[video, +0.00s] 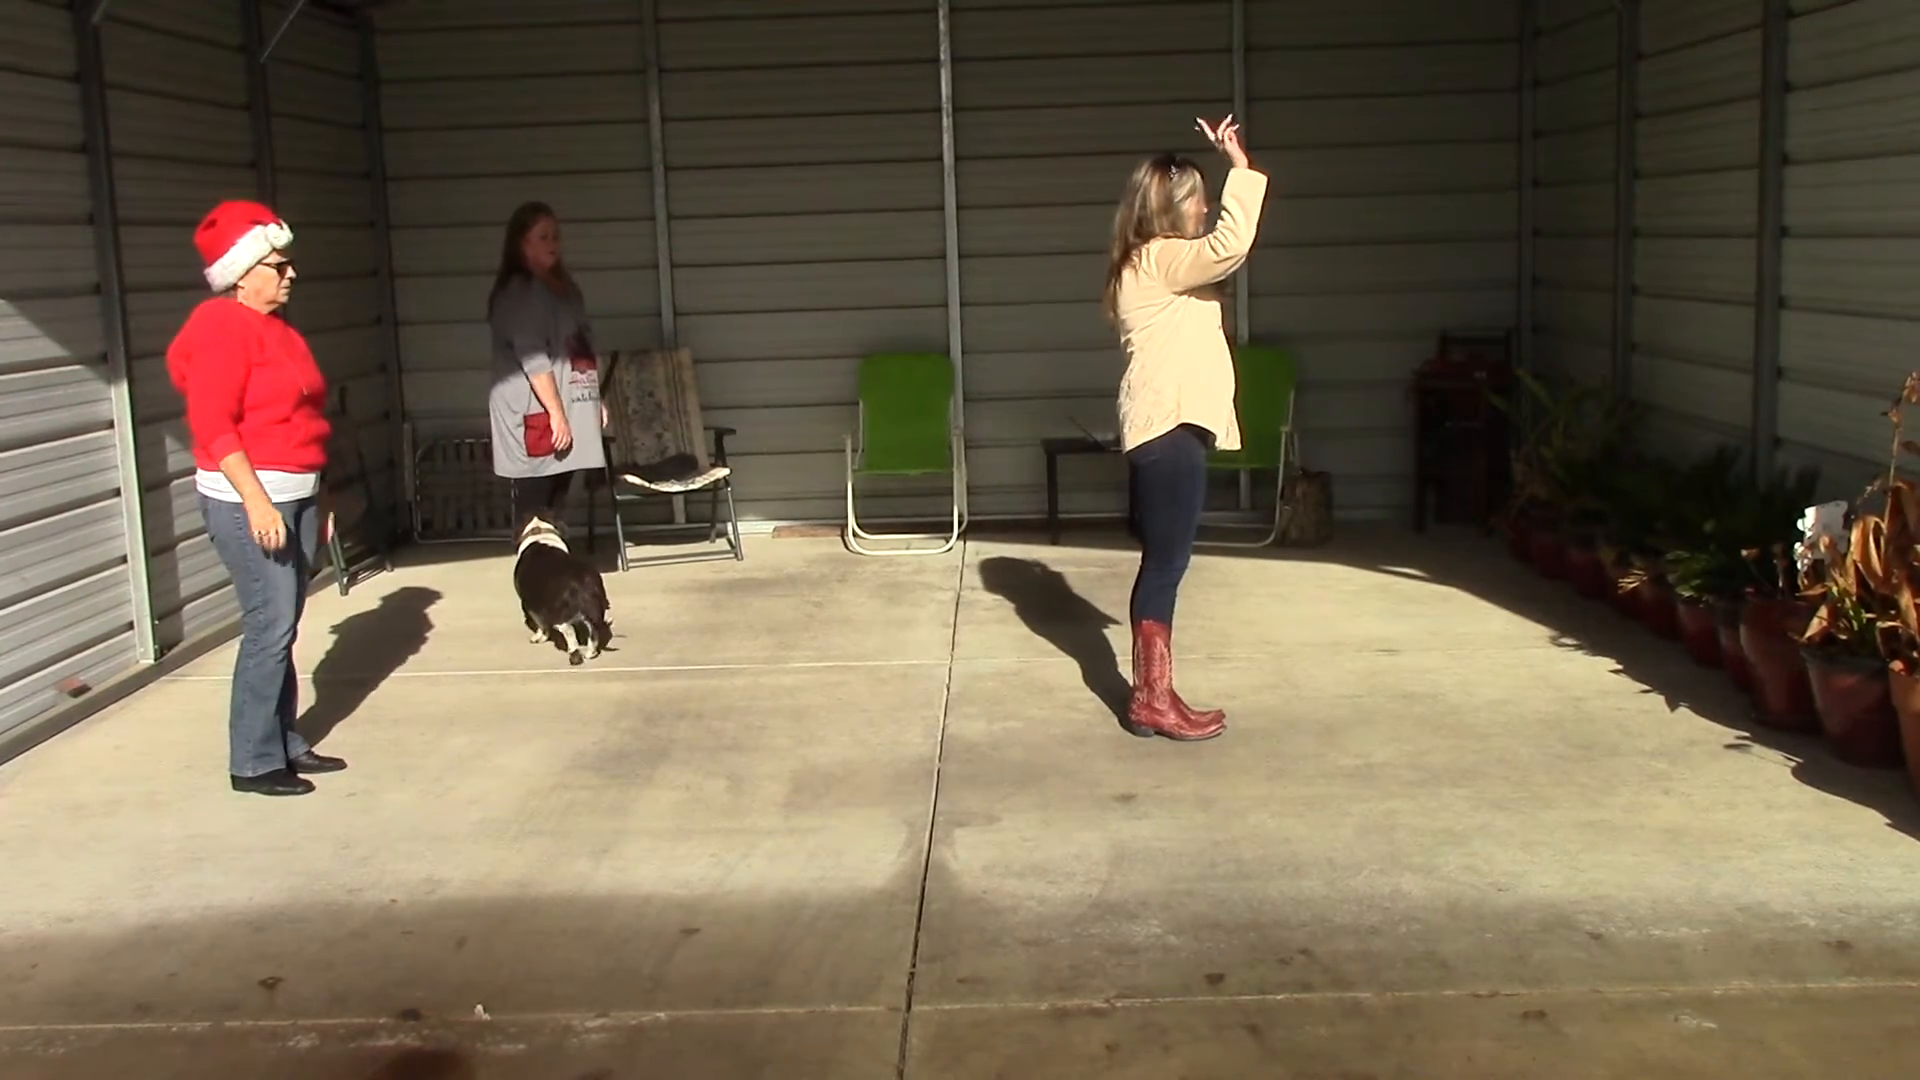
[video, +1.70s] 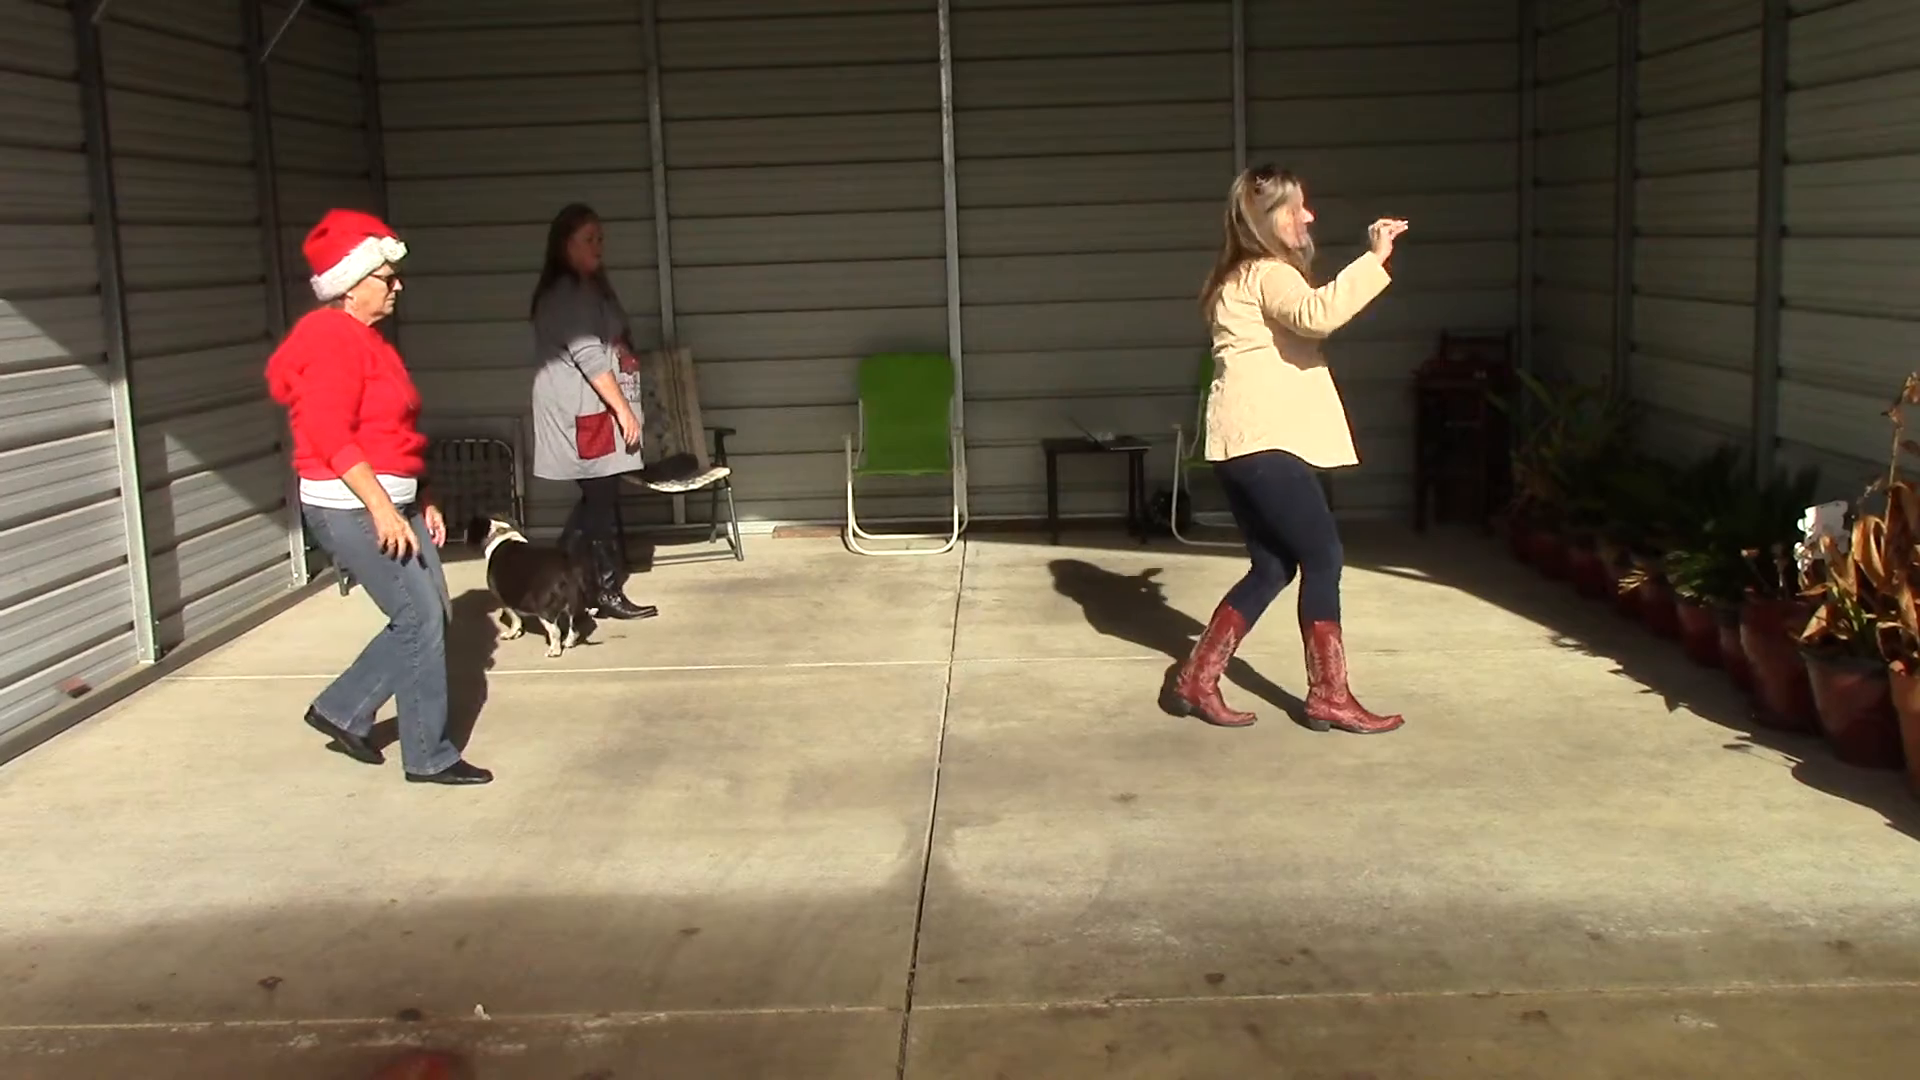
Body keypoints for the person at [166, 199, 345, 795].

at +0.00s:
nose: (289, 275)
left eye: (287, 265)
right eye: (278, 266)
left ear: (255, 272)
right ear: (242, 273)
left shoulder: (275, 328)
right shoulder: (219, 326)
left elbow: (295, 422)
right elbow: (212, 426)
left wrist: (318, 500)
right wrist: (255, 500)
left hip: (293, 497)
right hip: (246, 498)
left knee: (282, 625)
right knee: (270, 623)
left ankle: (283, 743)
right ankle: (252, 762)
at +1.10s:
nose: (332, 281)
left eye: (331, 271)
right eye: (322, 272)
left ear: (296, 278)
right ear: (284, 278)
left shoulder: (310, 334)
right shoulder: (256, 333)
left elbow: (329, 419)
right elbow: (247, 433)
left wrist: (370, 472)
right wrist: (287, 507)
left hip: (315, 496)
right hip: (281, 498)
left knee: (296, 625)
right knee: (356, 605)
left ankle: (276, 747)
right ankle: (324, 740)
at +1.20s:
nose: (346, 280)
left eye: (344, 270)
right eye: (335, 271)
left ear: (316, 279)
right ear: (298, 279)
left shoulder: (326, 335)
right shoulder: (270, 332)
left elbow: (350, 421)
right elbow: (259, 431)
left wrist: (399, 468)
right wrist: (294, 512)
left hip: (327, 496)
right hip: (294, 498)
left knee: (302, 629)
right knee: (377, 604)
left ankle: (275, 749)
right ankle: (382, 749)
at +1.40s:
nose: (378, 285)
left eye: (377, 275)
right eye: (367, 276)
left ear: (347, 284)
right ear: (331, 284)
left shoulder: (353, 340)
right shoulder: (307, 339)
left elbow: (376, 429)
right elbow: (297, 435)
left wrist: (420, 480)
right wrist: (329, 517)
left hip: (368, 501)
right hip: (340, 505)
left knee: (365, 627)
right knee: (408, 615)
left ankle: (290, 732)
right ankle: (424, 755)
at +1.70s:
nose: (398, 287)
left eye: (395, 277)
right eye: (387, 278)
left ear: (362, 285)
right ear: (350, 286)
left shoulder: (368, 338)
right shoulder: (328, 338)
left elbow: (387, 428)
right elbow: (329, 437)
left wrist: (419, 500)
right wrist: (380, 508)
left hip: (387, 500)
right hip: (346, 505)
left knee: (430, 611)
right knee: (421, 615)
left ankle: (342, 710)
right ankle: (428, 756)